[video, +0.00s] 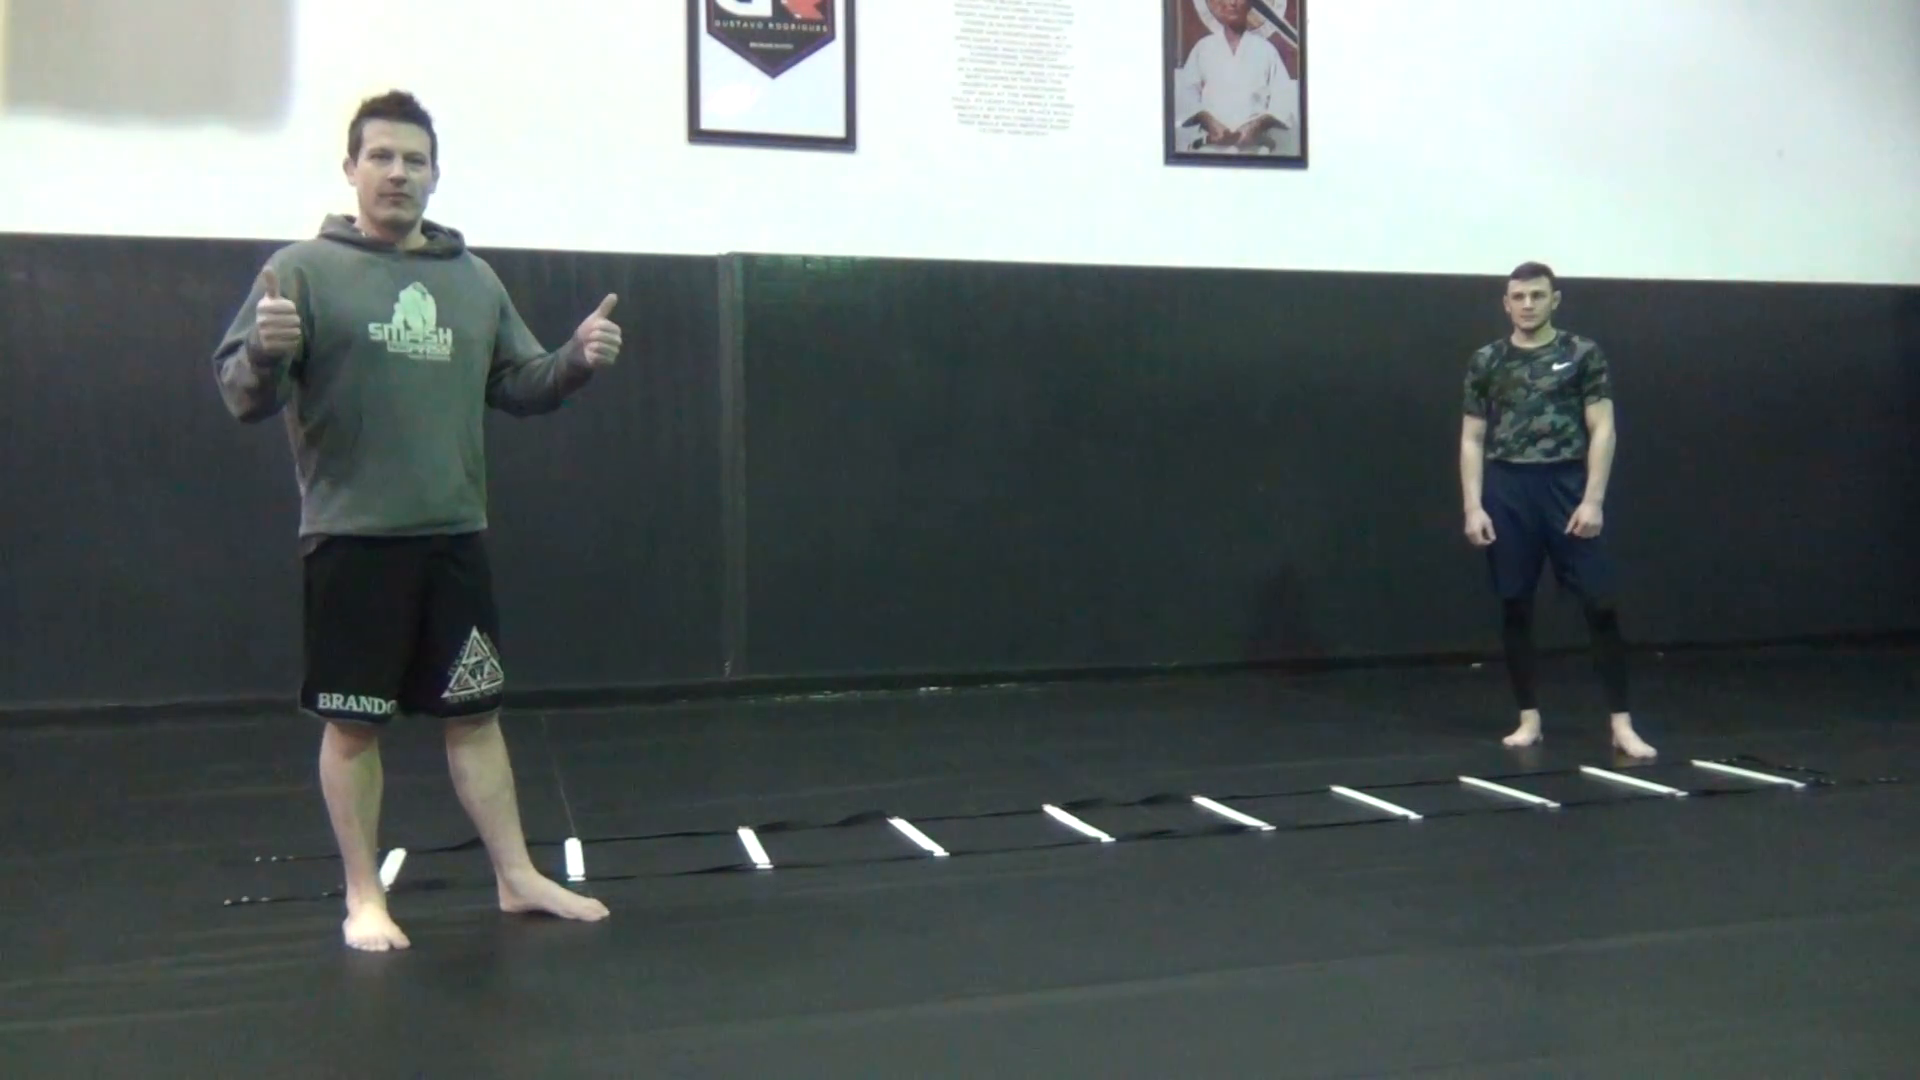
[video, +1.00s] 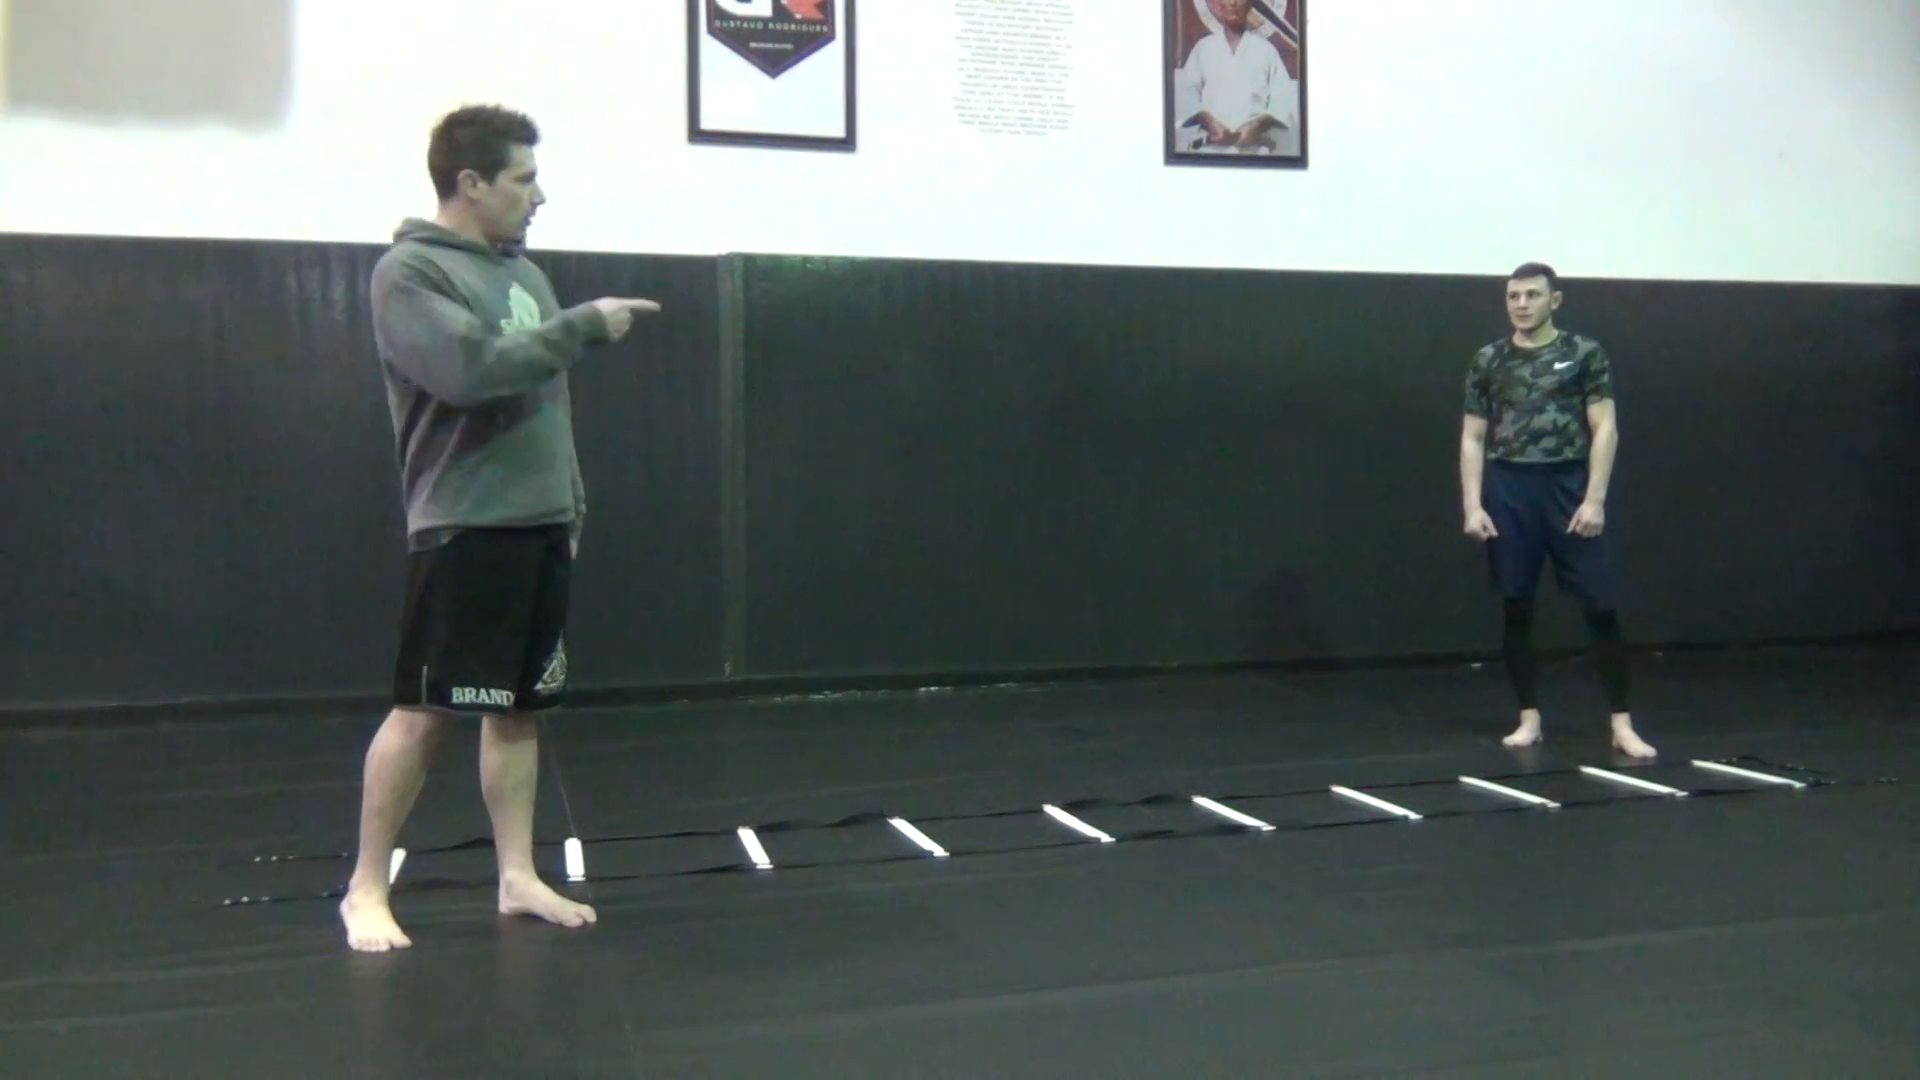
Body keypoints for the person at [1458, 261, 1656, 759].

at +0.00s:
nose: (1527, 305)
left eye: (1537, 296)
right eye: (1518, 297)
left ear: (1555, 300)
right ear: (1506, 302)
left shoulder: (1583, 354)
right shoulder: (1487, 361)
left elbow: (1602, 430)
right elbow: (1472, 438)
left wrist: (1593, 500)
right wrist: (1472, 507)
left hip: (1569, 490)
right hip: (1507, 492)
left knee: (1601, 601)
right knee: (1514, 604)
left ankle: (1620, 722)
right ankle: (1528, 717)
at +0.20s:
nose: (1524, 305)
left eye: (1535, 296)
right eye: (1516, 297)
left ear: (1554, 300)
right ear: (1505, 302)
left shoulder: (1584, 353)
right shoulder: (1487, 361)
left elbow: (1603, 429)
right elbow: (1472, 439)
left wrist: (1593, 500)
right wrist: (1473, 506)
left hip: (1569, 490)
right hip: (1507, 491)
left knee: (1600, 603)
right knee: (1515, 604)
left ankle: (1621, 723)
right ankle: (1528, 718)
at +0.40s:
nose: (1524, 305)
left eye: (1534, 296)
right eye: (1516, 297)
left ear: (1554, 300)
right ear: (1505, 303)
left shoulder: (1585, 354)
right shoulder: (1487, 361)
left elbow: (1603, 430)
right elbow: (1473, 438)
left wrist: (1594, 500)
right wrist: (1473, 505)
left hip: (1569, 490)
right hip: (1507, 492)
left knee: (1601, 603)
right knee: (1514, 605)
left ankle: (1620, 723)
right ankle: (1528, 718)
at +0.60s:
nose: (1523, 305)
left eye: (1534, 296)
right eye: (1515, 297)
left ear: (1555, 300)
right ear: (1506, 303)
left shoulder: (1585, 353)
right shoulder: (1487, 361)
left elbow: (1603, 429)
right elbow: (1473, 438)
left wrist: (1594, 499)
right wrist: (1474, 504)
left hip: (1569, 490)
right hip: (1508, 491)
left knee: (1600, 603)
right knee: (1514, 605)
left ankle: (1621, 723)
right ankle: (1528, 718)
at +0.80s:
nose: (1523, 304)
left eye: (1533, 295)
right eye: (1515, 297)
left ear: (1554, 300)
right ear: (1506, 303)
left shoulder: (1585, 354)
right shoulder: (1487, 361)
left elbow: (1604, 428)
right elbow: (1474, 439)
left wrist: (1595, 499)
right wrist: (1475, 504)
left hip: (1570, 490)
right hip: (1509, 491)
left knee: (1600, 604)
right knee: (1514, 605)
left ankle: (1621, 724)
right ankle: (1528, 718)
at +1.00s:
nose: (1521, 304)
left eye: (1532, 295)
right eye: (1514, 296)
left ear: (1555, 300)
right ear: (1506, 302)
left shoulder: (1585, 354)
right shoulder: (1488, 361)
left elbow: (1604, 428)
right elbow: (1473, 438)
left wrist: (1595, 499)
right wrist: (1472, 504)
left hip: (1570, 491)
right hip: (1508, 492)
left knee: (1601, 604)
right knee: (1515, 605)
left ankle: (1620, 723)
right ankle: (1528, 717)